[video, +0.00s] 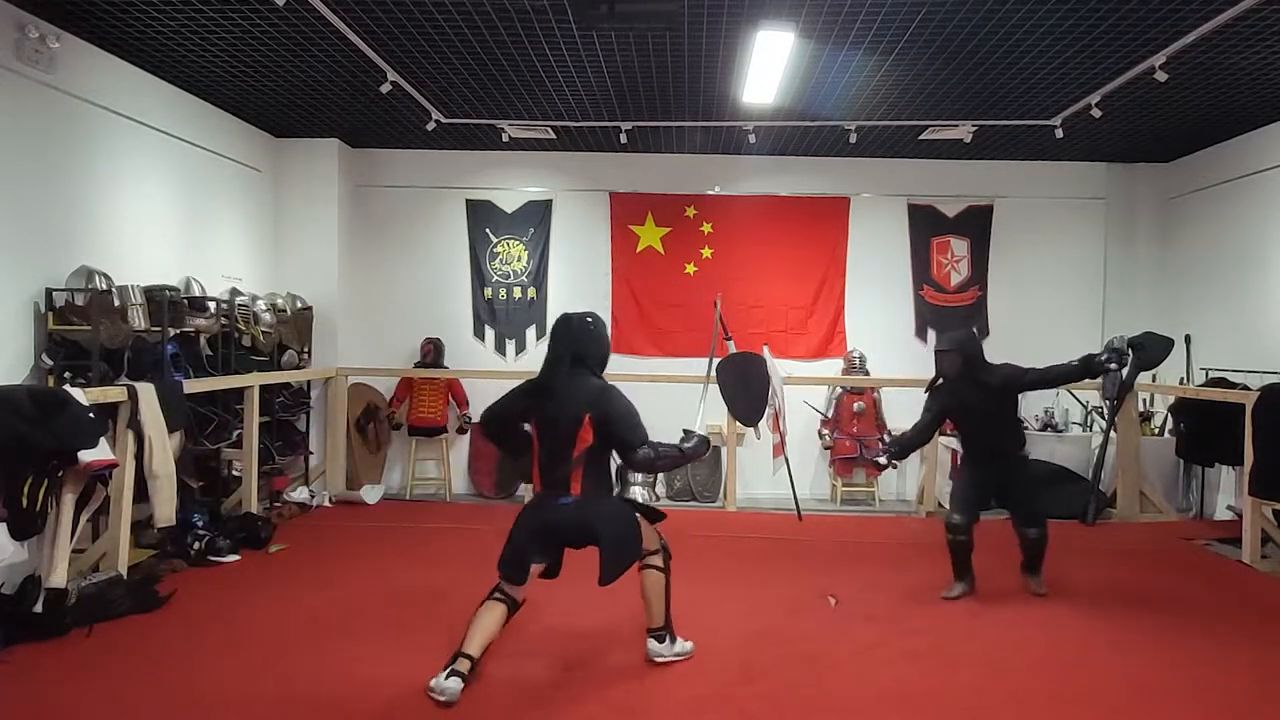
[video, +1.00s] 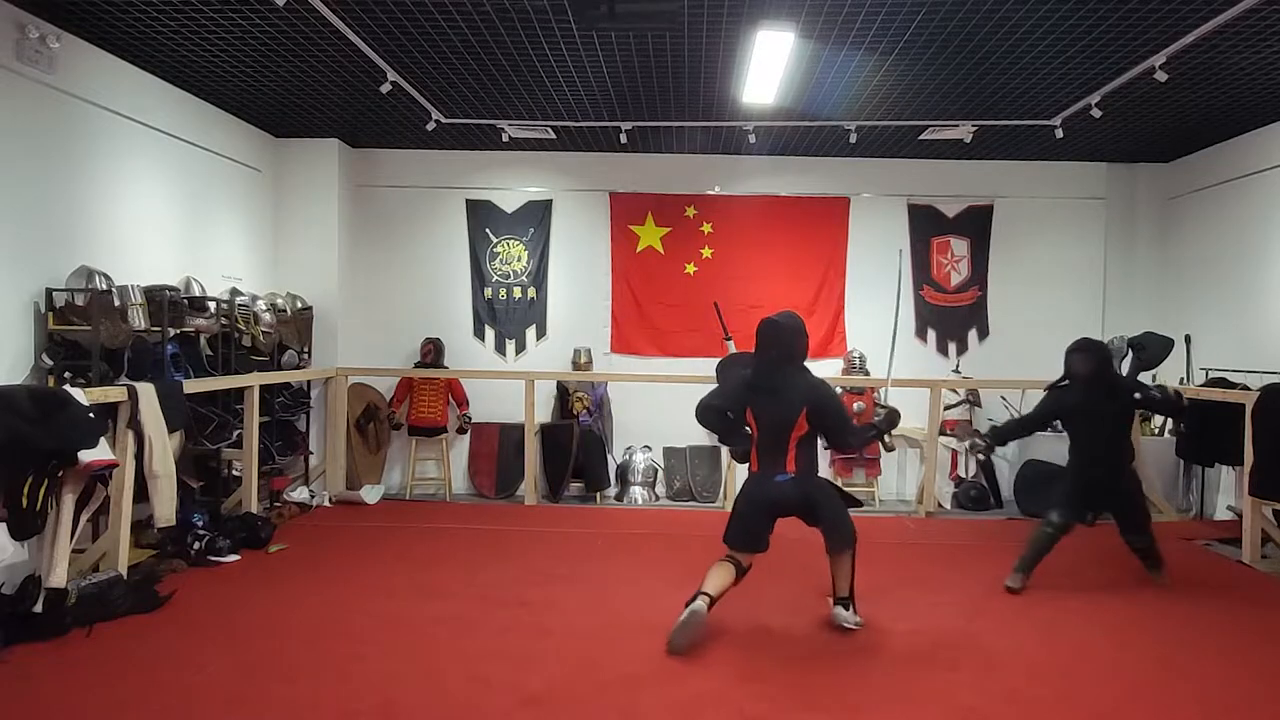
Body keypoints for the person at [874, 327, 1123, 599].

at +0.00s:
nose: (942, 362)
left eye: (948, 355)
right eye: (940, 355)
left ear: (967, 354)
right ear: (938, 357)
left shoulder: (1002, 377)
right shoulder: (944, 393)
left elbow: (1048, 375)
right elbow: (924, 428)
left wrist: (1091, 364)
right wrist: (895, 450)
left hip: (1012, 462)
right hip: (973, 465)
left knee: (1033, 529)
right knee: (957, 523)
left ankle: (1032, 573)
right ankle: (963, 580)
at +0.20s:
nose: (957, 366)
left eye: (963, 359)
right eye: (955, 360)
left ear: (982, 360)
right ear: (959, 363)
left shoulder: (1017, 382)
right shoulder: (961, 397)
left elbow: (1060, 384)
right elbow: (944, 436)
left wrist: (1099, 375)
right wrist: (913, 446)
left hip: (1023, 470)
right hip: (986, 470)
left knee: (1049, 539)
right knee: (962, 519)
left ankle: (1072, 561)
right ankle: (963, 580)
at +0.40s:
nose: (991, 364)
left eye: (996, 357)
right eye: (989, 358)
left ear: (1014, 356)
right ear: (990, 359)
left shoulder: (1049, 379)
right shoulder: (996, 391)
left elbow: (1087, 383)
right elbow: (979, 422)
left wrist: (1121, 380)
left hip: (1053, 465)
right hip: (1016, 465)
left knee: (1066, 529)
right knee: (990, 518)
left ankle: (1081, 570)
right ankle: (969, 576)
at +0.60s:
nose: (1015, 352)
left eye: (1021, 345)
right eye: (1013, 346)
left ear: (1038, 345)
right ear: (1011, 348)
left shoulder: (1070, 370)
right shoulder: (1011, 383)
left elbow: (1108, 379)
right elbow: (997, 420)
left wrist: (1142, 380)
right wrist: (973, 415)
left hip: (1067, 457)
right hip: (1030, 456)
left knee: (1071, 524)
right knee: (1008, 512)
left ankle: (1083, 569)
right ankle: (1006, 572)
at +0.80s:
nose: (1050, 369)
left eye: (1055, 361)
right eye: (1043, 363)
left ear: (1068, 357)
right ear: (1034, 361)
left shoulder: (1089, 376)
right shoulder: (1027, 383)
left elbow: (1140, 383)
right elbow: (990, 392)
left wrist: (1126, 380)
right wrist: (954, 391)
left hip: (1088, 472)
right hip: (1047, 470)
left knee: (1109, 535)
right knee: (1019, 505)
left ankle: (1128, 559)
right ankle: (1009, 572)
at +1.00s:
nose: (1083, 377)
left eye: (1087, 369)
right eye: (1077, 370)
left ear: (1102, 366)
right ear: (1069, 369)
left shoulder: (1126, 389)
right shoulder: (1062, 398)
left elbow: (1169, 408)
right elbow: (1029, 423)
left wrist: (1172, 399)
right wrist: (992, 438)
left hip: (1120, 476)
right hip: (1081, 476)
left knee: (1137, 528)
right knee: (1055, 523)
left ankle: (1156, 568)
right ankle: (1020, 572)